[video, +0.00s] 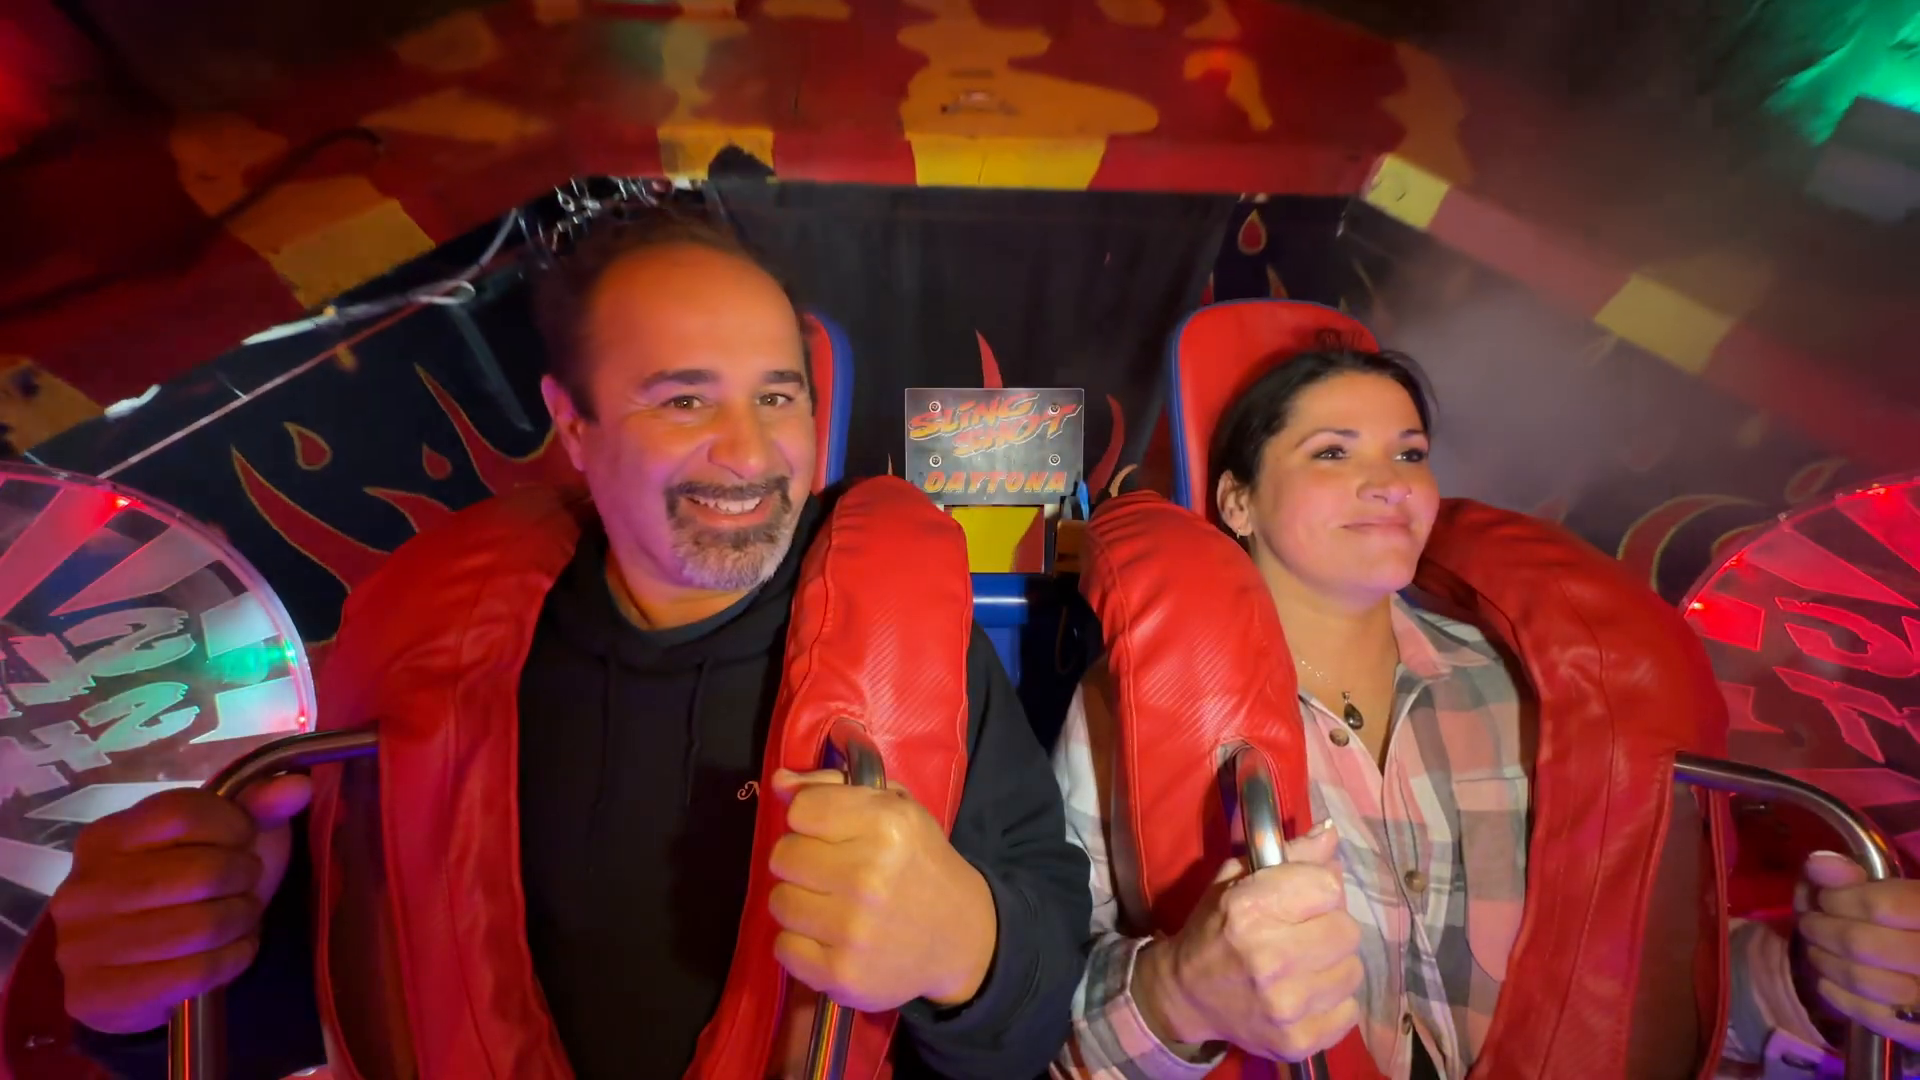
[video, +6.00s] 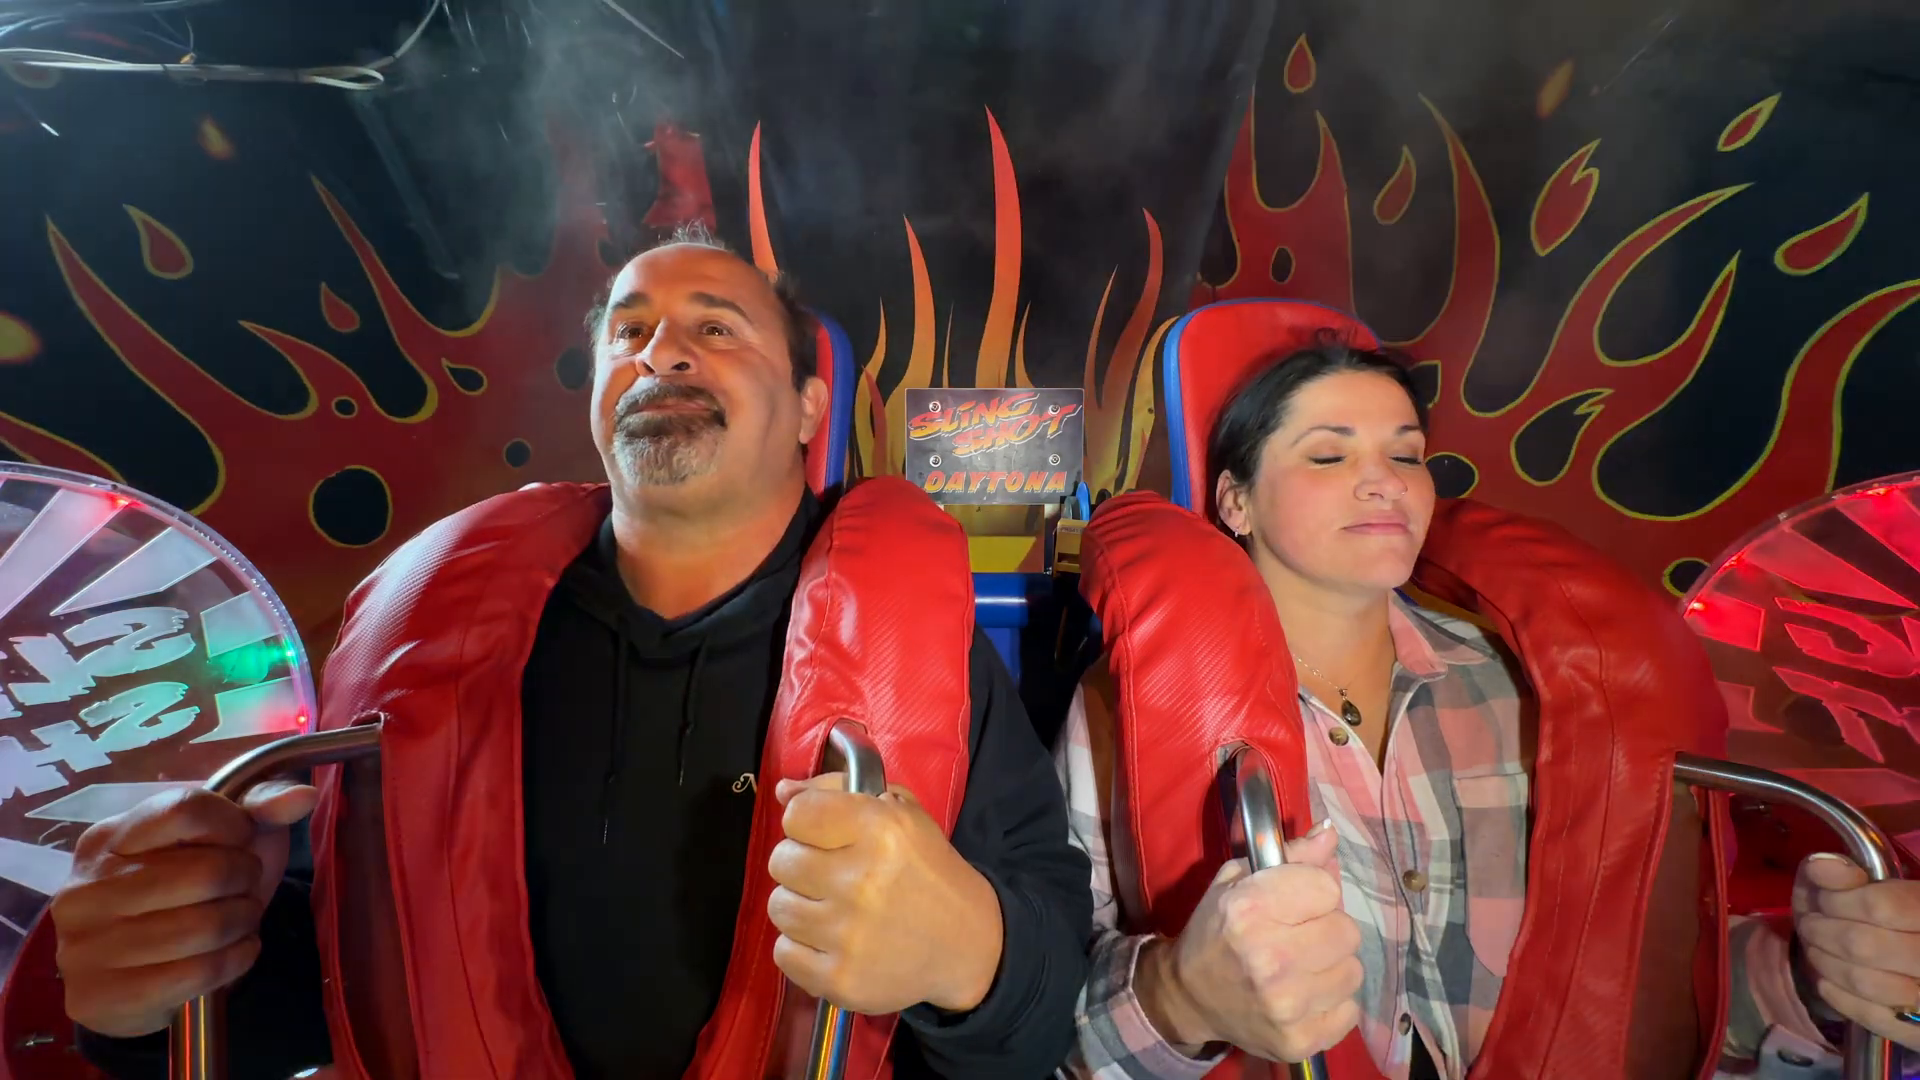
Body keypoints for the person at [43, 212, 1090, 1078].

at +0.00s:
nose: (747, 457)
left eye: (778, 398)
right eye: (681, 402)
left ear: (814, 409)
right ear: (570, 430)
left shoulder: (917, 654)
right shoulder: (425, 643)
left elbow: (1043, 979)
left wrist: (974, 945)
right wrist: (105, 972)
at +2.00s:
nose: (785, 440)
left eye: (811, 395)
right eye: (728, 391)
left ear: (838, 415)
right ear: (601, 412)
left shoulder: (918, 653)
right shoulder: (437, 633)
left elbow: (1041, 1006)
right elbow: (317, 991)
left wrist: (978, 955)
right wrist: (122, 977)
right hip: (497, 1062)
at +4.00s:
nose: (667, 379)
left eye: (725, 348)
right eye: (632, 347)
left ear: (809, 414)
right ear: (583, 414)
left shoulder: (926, 662)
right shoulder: (434, 635)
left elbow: (1045, 1023)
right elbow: (310, 992)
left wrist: (980, 956)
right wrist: (101, 988)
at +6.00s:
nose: (663, 346)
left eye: (720, 322)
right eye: (630, 328)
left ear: (808, 410)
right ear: (592, 409)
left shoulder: (923, 655)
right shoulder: (433, 628)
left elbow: (1047, 1015)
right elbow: (310, 983)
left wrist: (981, 958)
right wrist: (102, 988)